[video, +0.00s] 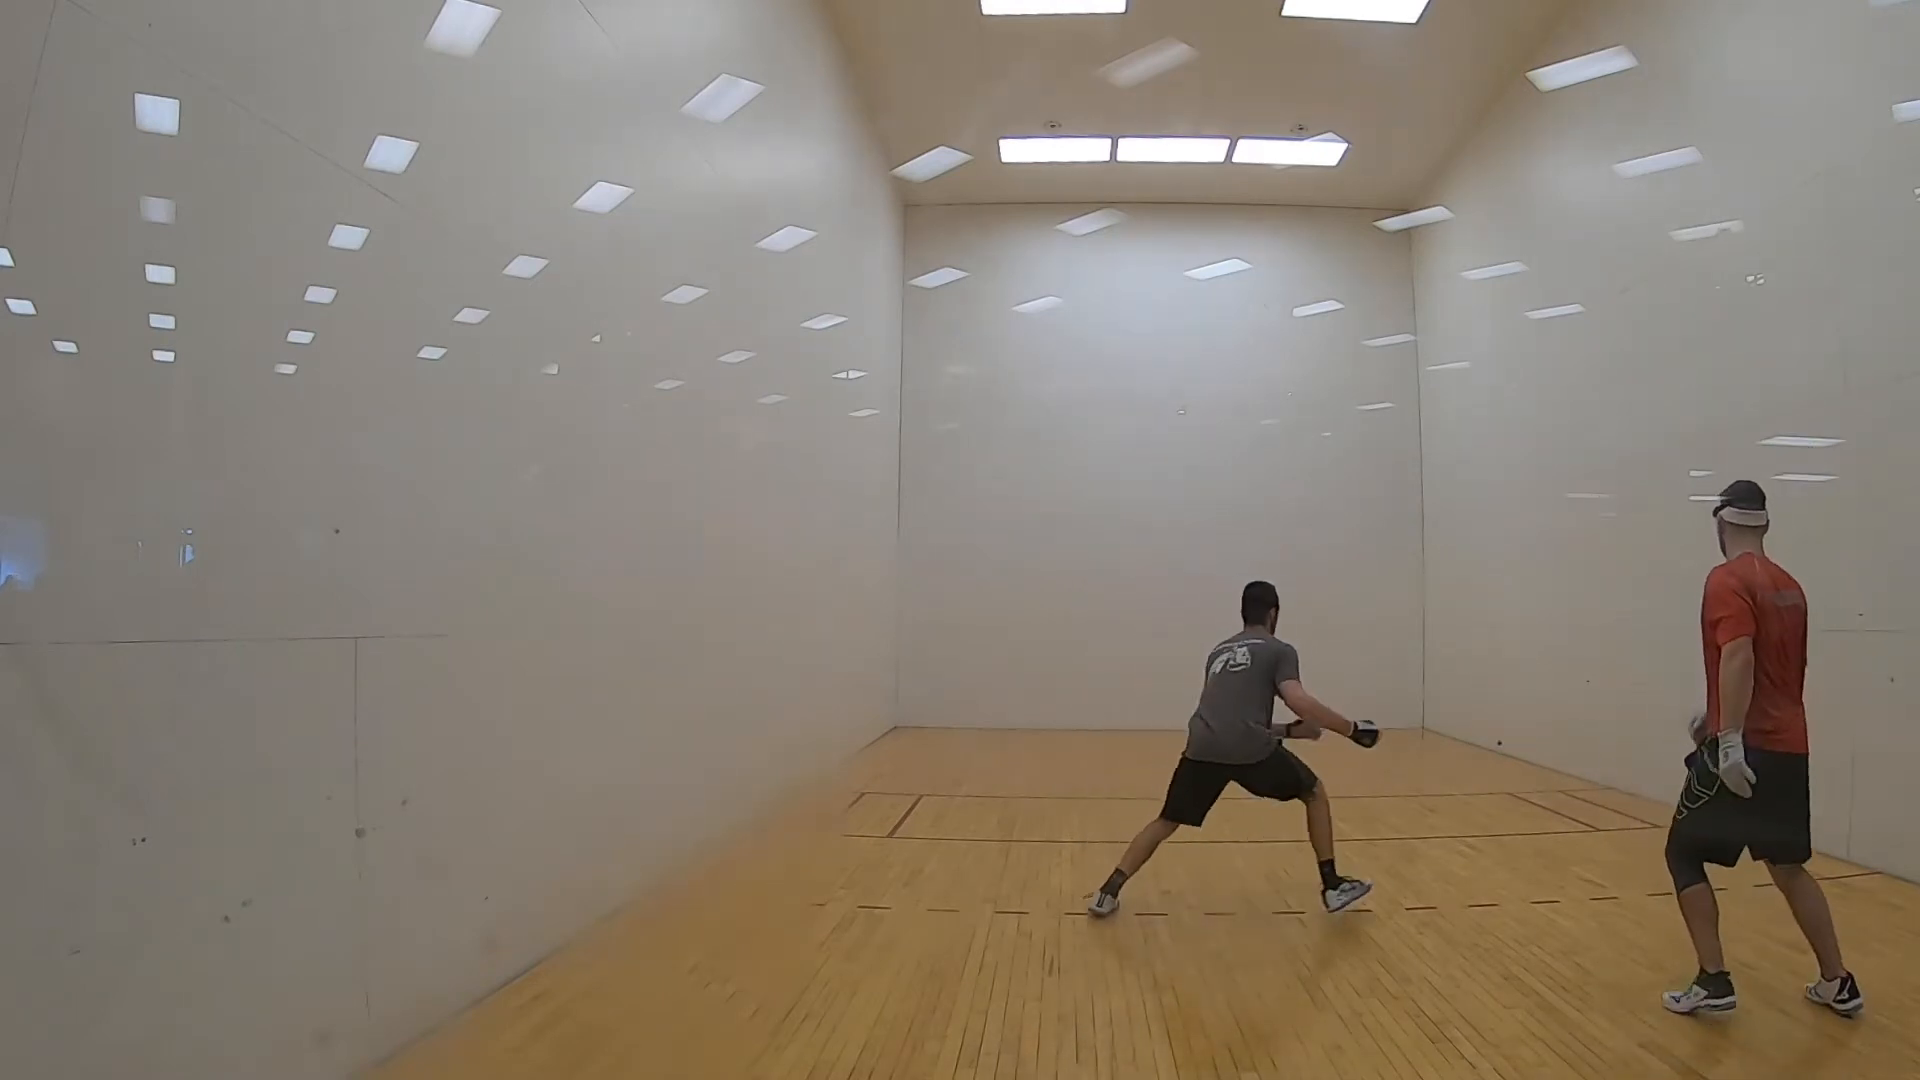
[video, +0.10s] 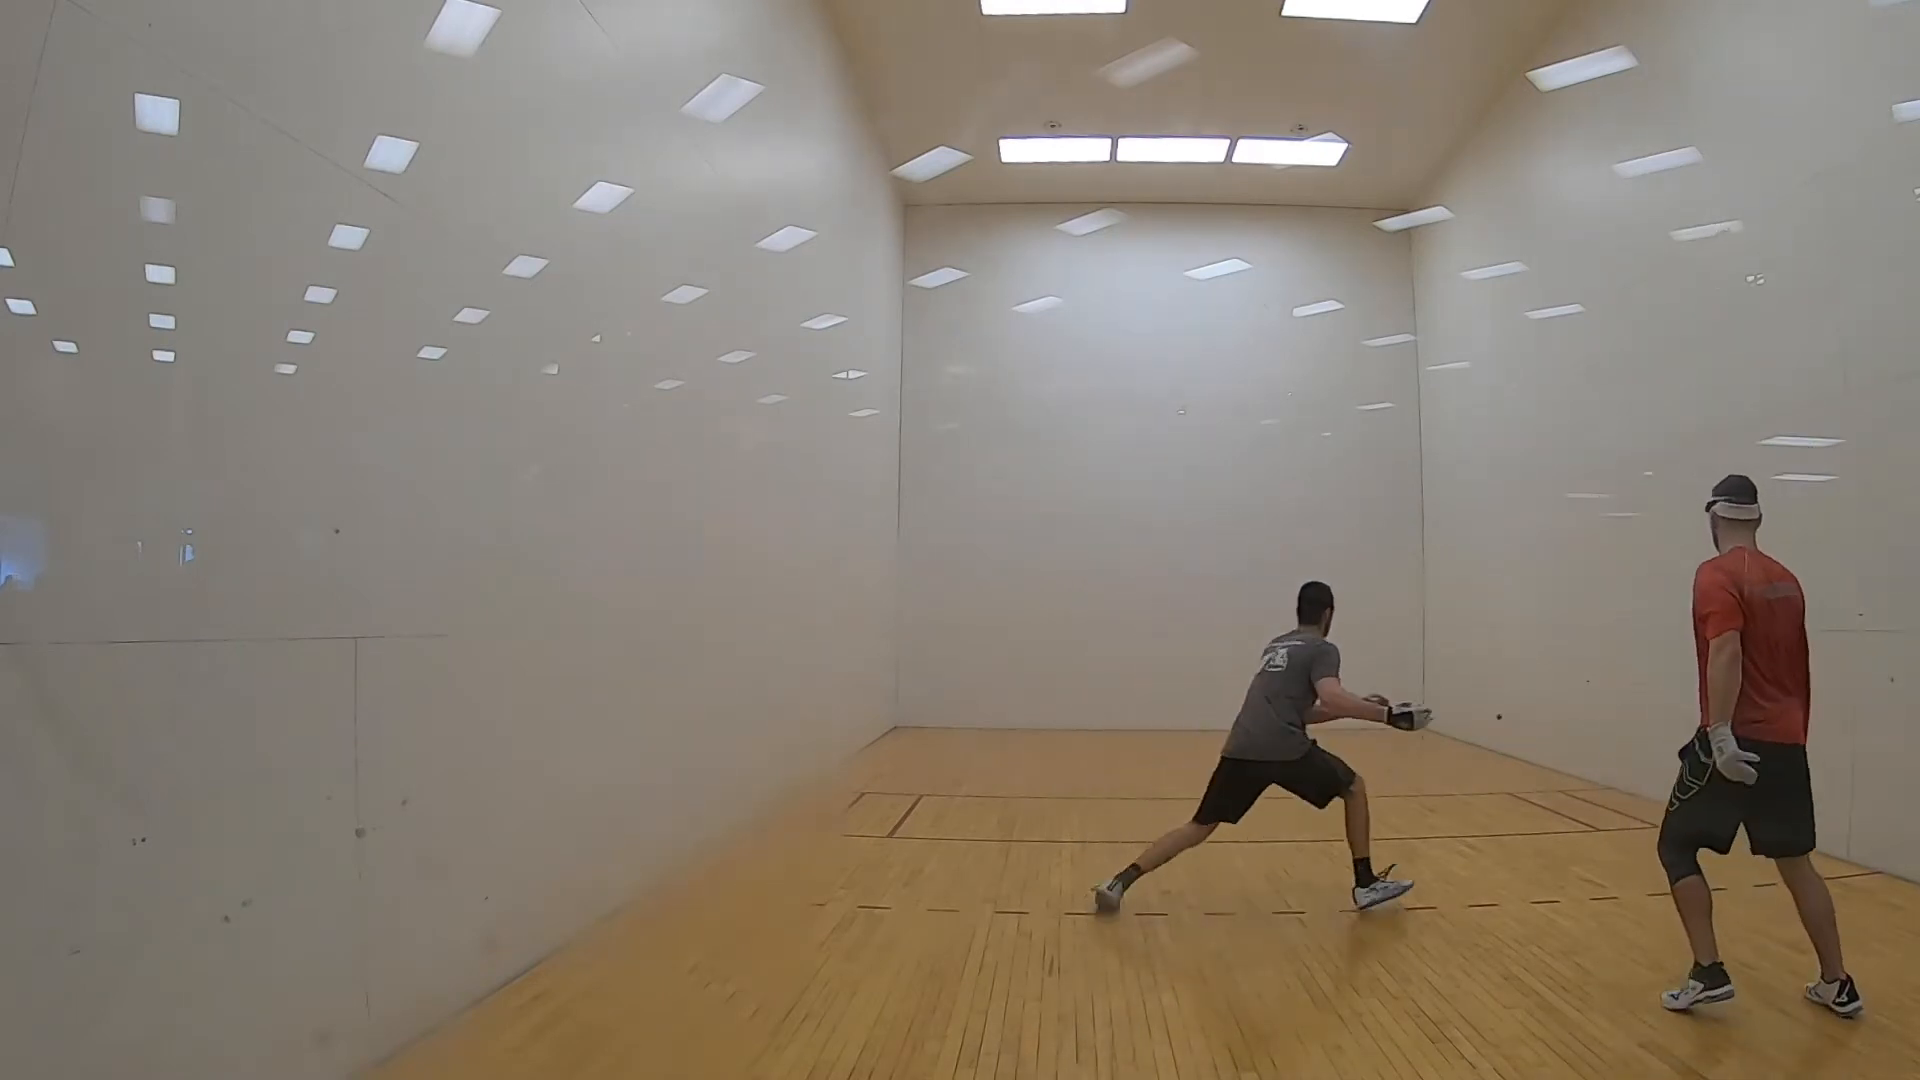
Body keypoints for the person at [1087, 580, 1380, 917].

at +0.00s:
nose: (1279, 619)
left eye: (1275, 612)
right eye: (1278, 612)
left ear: (1243, 613)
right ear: (1273, 613)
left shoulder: (1220, 650)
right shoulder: (1279, 650)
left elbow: (1231, 720)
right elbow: (1299, 702)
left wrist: (1290, 730)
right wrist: (1353, 730)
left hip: (1201, 752)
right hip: (1251, 750)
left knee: (1165, 821)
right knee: (1313, 791)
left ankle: (1107, 891)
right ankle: (1332, 885)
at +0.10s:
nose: (1333, 616)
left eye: (1327, 609)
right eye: (1332, 610)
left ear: (1297, 612)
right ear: (1329, 613)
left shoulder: (1276, 647)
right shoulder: (1321, 648)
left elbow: (1300, 713)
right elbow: (1333, 698)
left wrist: (1356, 705)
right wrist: (1386, 715)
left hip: (1239, 750)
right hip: (1283, 748)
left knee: (1198, 827)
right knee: (1353, 788)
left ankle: (1118, 884)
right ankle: (1366, 884)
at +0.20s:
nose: (1398, 629)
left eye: (1397, 622)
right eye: (1398, 622)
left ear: (1362, 619)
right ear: (1393, 624)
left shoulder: (1340, 650)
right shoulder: (1368, 654)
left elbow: (1355, 715)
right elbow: (1370, 705)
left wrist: (1403, 728)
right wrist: (1428, 708)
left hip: (1279, 749)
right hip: (1318, 750)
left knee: (1270, 834)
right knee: (1379, 798)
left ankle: (1189, 840)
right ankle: (1377, 890)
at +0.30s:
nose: (1442, 647)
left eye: (1443, 640)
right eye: (1444, 640)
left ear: (1413, 634)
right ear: (1439, 642)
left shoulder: (1390, 660)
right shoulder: (1401, 666)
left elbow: (1392, 715)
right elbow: (1401, 712)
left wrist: (1418, 748)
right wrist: (1462, 702)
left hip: (1311, 738)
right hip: (1335, 741)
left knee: (1352, 808)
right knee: (1397, 802)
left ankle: (1272, 831)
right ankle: (1378, 889)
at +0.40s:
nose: (1472, 661)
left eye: (1474, 655)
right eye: (1475, 655)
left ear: (1446, 643)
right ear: (1470, 656)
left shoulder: (1426, 665)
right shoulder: (1426, 672)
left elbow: (1408, 704)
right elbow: (1431, 713)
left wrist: (1410, 738)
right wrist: (1489, 707)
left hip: (1351, 725)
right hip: (1352, 731)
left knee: (1403, 781)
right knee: (1407, 802)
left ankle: (1363, 830)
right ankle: (1379, 877)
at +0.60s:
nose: (1515, 666)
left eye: (1517, 660)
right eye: (1518, 662)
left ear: (1493, 645)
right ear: (1514, 664)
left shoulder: (1458, 646)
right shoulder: (1481, 700)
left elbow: (1411, 663)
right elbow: (1461, 751)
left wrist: (1412, 700)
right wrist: (1486, 781)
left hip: (1383, 719)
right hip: (1407, 735)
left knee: (1443, 766)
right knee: (1402, 819)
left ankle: (1420, 833)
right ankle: (1371, 854)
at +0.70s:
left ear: (1496, 633)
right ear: (1516, 651)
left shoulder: (1469, 637)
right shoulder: (1506, 678)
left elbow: (1416, 649)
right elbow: (1494, 723)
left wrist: (1387, 671)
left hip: (1402, 704)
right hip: (1426, 726)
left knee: (1447, 761)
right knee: (1418, 802)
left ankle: (1420, 832)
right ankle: (1372, 829)